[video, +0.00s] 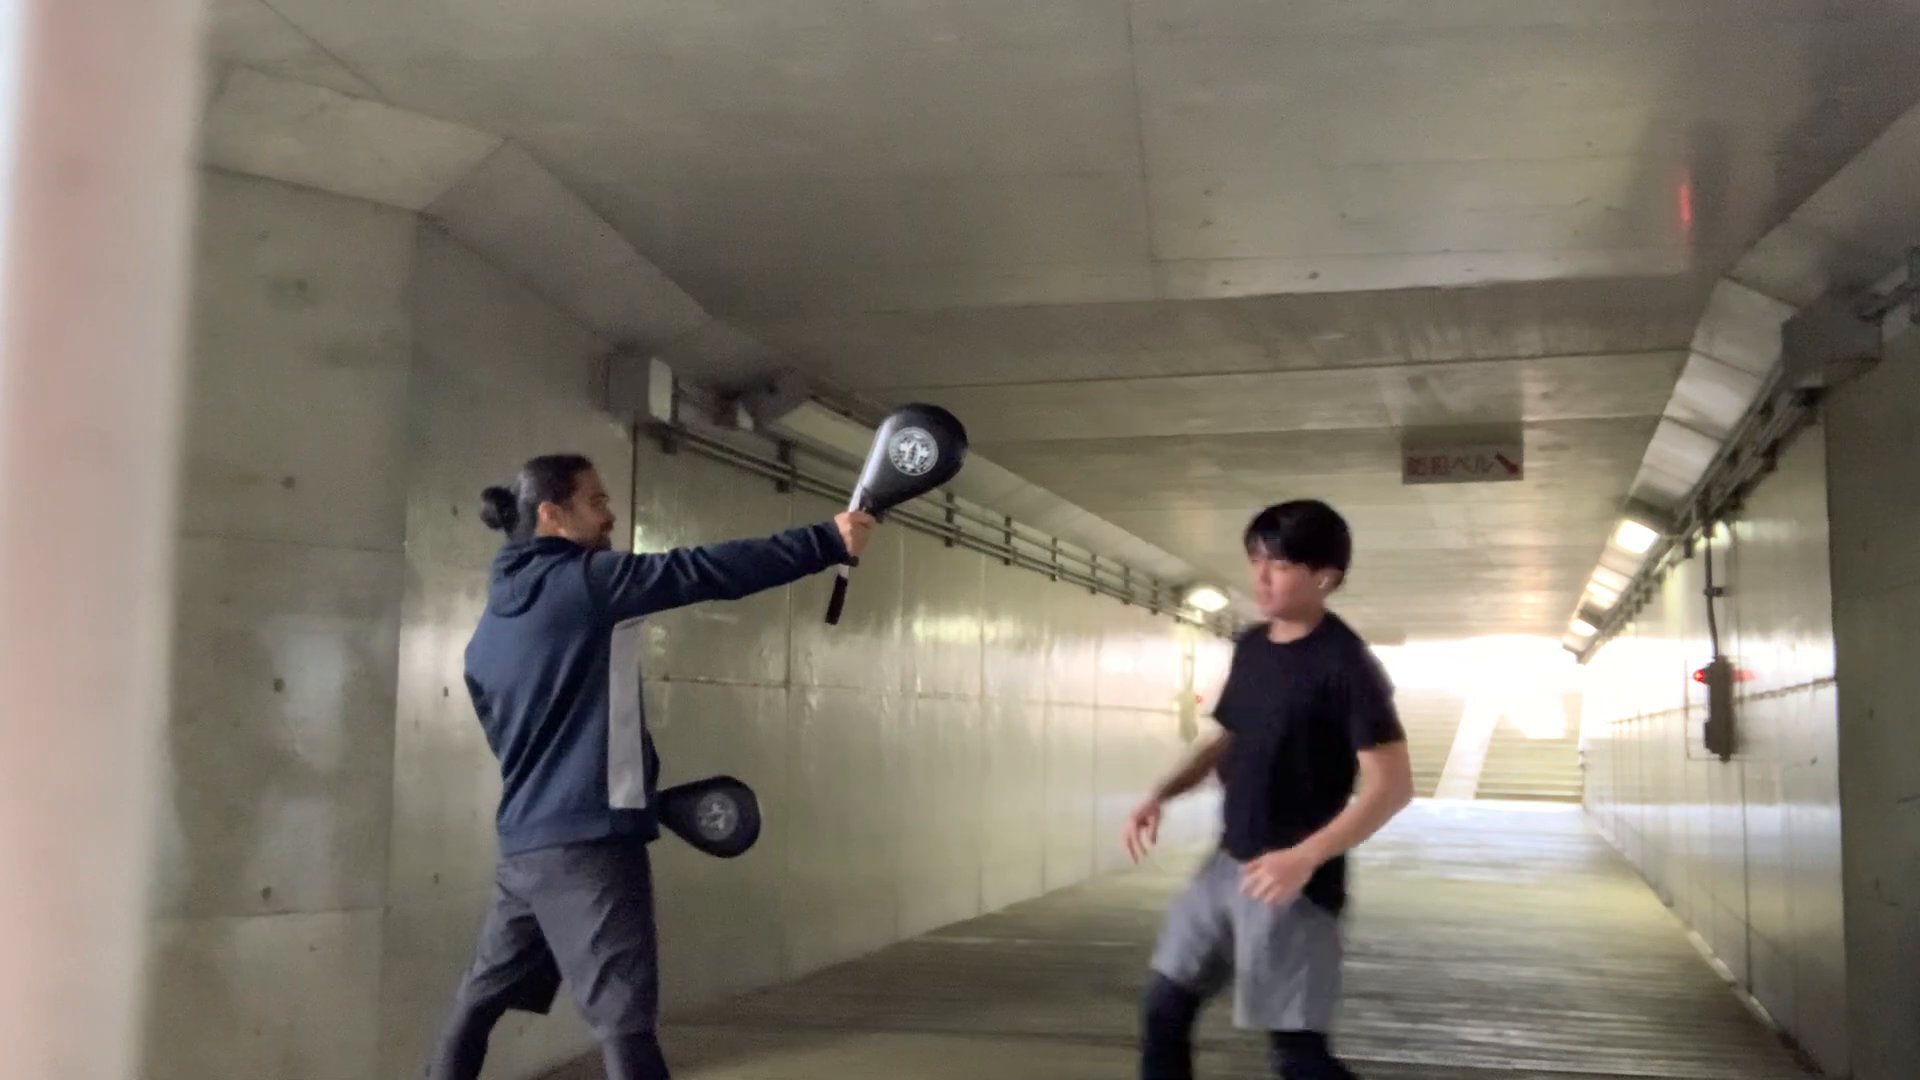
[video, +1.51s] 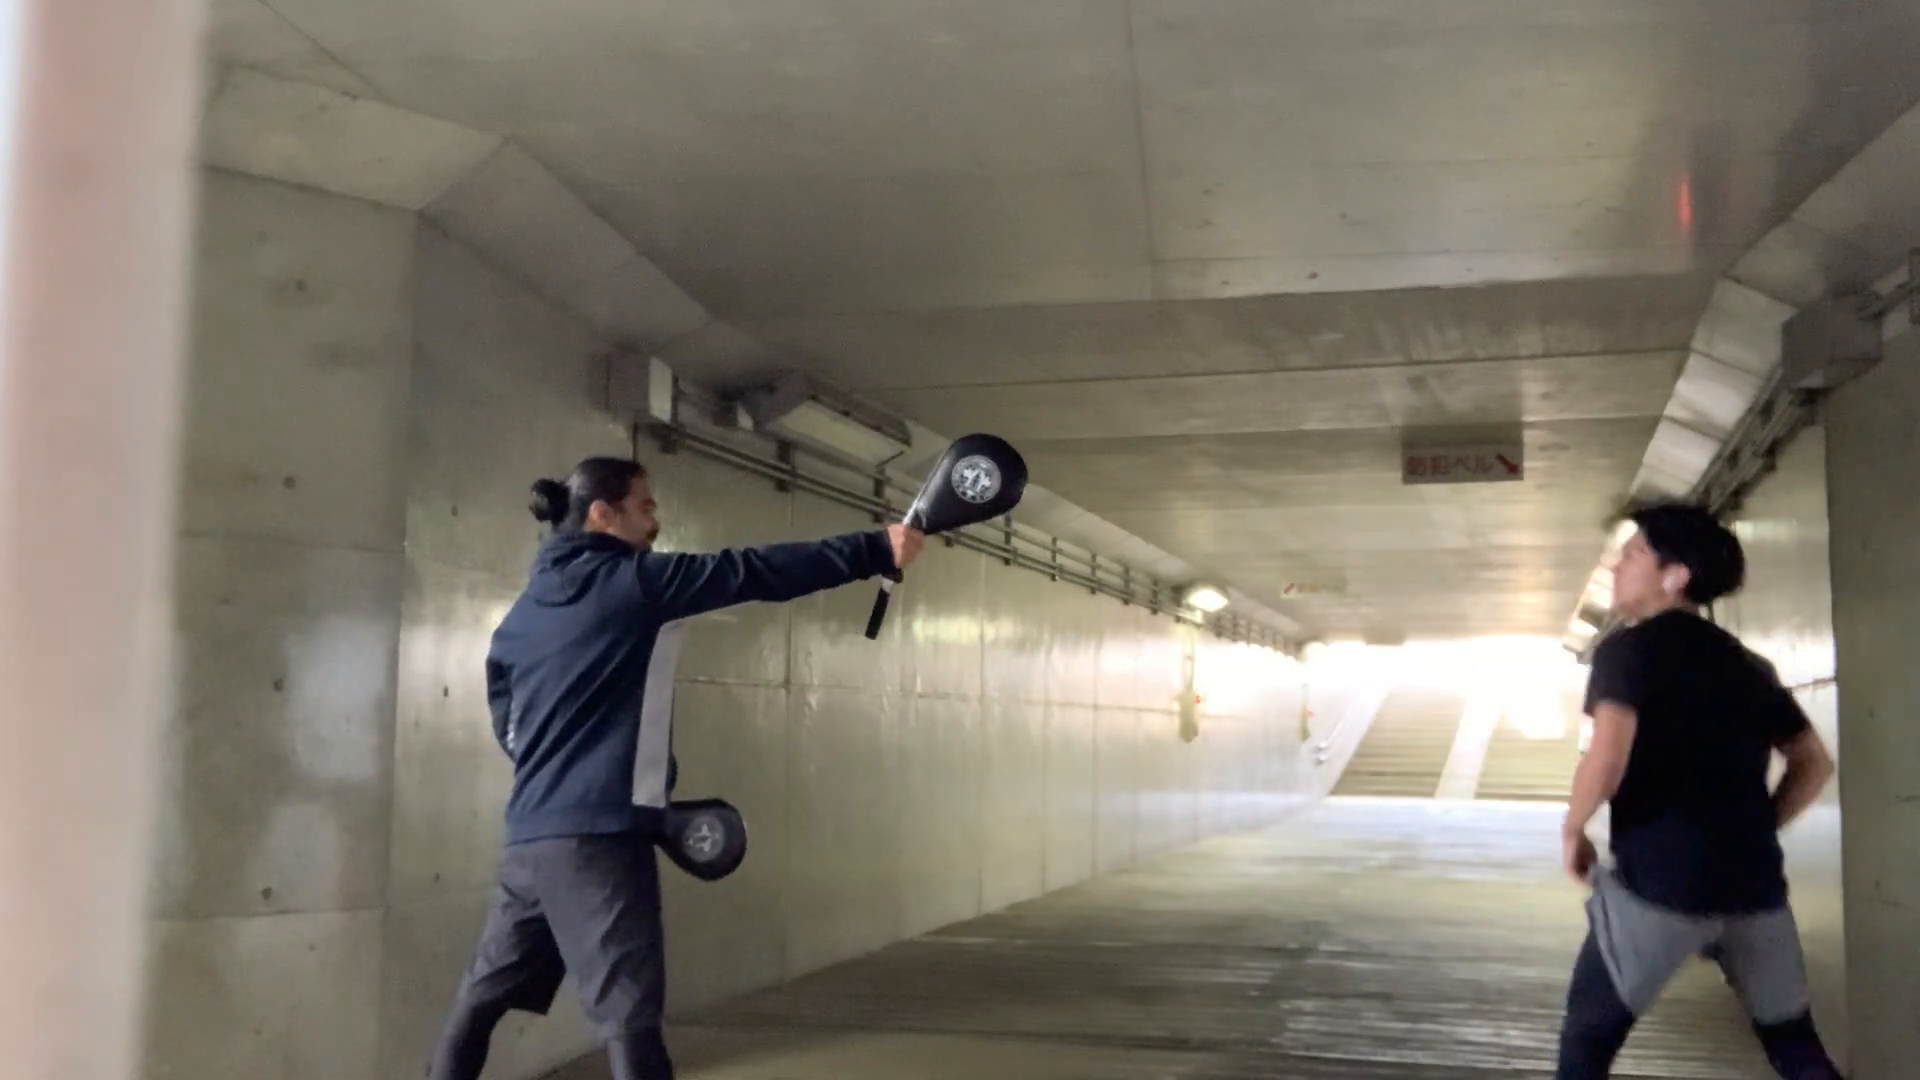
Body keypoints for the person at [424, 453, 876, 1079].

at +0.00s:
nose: (611, 513)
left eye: (607, 499)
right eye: (597, 501)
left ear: (544, 517)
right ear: (551, 513)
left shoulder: (486, 636)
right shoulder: (589, 579)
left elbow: (524, 752)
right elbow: (707, 570)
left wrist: (632, 792)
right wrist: (828, 539)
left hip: (525, 839)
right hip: (591, 838)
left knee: (477, 1003)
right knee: (625, 1025)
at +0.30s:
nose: (614, 512)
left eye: (609, 498)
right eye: (600, 499)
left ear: (547, 518)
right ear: (557, 513)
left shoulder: (487, 639)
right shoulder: (595, 578)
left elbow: (517, 753)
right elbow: (715, 569)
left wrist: (633, 792)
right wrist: (838, 539)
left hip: (527, 841)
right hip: (591, 838)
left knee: (474, 1009)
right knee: (627, 1024)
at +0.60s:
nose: (622, 514)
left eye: (619, 501)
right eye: (611, 501)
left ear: (557, 515)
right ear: (568, 511)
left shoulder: (495, 630)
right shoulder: (608, 577)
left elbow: (507, 742)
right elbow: (727, 563)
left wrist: (619, 791)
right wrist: (851, 531)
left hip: (528, 838)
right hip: (593, 835)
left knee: (474, 1008)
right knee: (627, 1025)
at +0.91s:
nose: (642, 514)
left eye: (637, 501)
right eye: (630, 501)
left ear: (579, 512)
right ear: (588, 510)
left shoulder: (507, 623)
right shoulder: (623, 577)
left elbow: (510, 738)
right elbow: (741, 570)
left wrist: (613, 793)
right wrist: (869, 546)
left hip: (529, 836)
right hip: (590, 834)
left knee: (474, 1004)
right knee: (626, 1023)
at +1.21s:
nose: (655, 520)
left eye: (652, 505)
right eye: (644, 505)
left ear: (593, 515)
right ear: (600, 513)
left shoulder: (514, 619)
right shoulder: (634, 579)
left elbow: (513, 736)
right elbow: (752, 571)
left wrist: (622, 790)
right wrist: (876, 548)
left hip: (530, 834)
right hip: (594, 834)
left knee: (477, 1000)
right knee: (628, 1025)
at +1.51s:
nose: (657, 521)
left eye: (653, 506)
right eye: (646, 506)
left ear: (594, 514)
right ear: (602, 512)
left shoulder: (516, 620)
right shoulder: (635, 579)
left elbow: (516, 736)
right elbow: (752, 571)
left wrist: (621, 791)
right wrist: (877, 548)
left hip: (531, 834)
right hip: (595, 832)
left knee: (476, 1004)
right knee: (629, 1024)